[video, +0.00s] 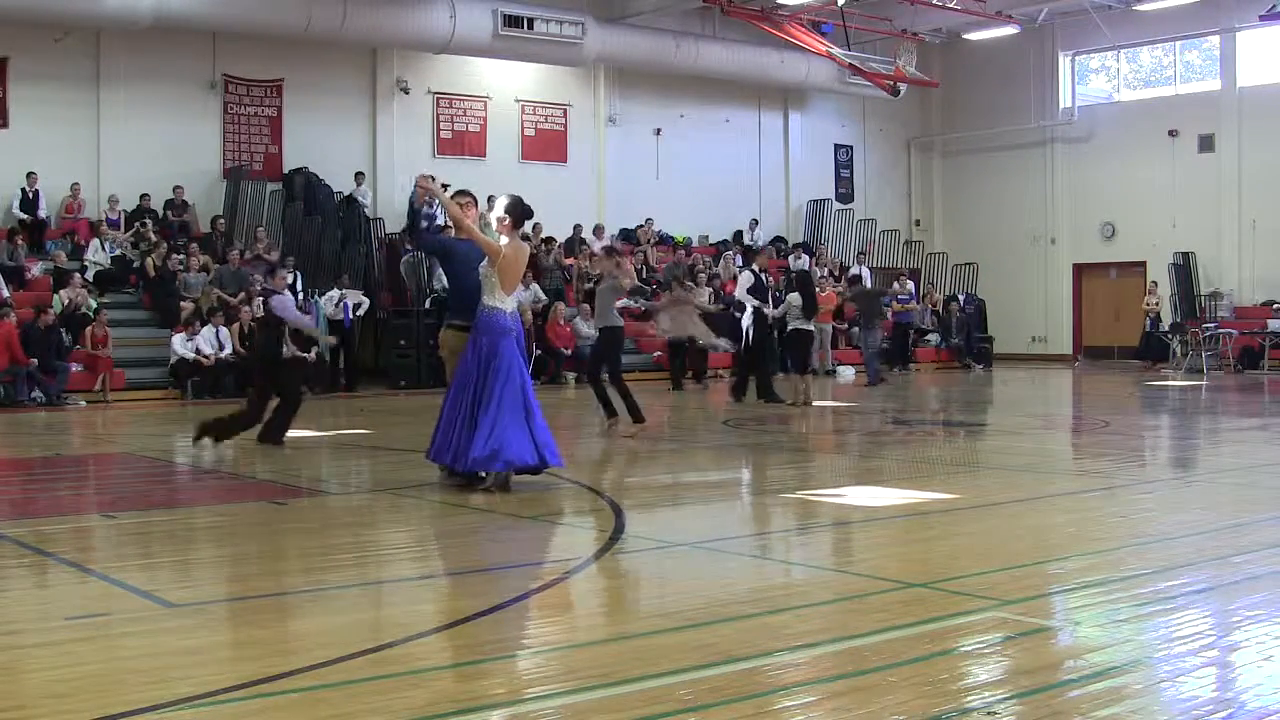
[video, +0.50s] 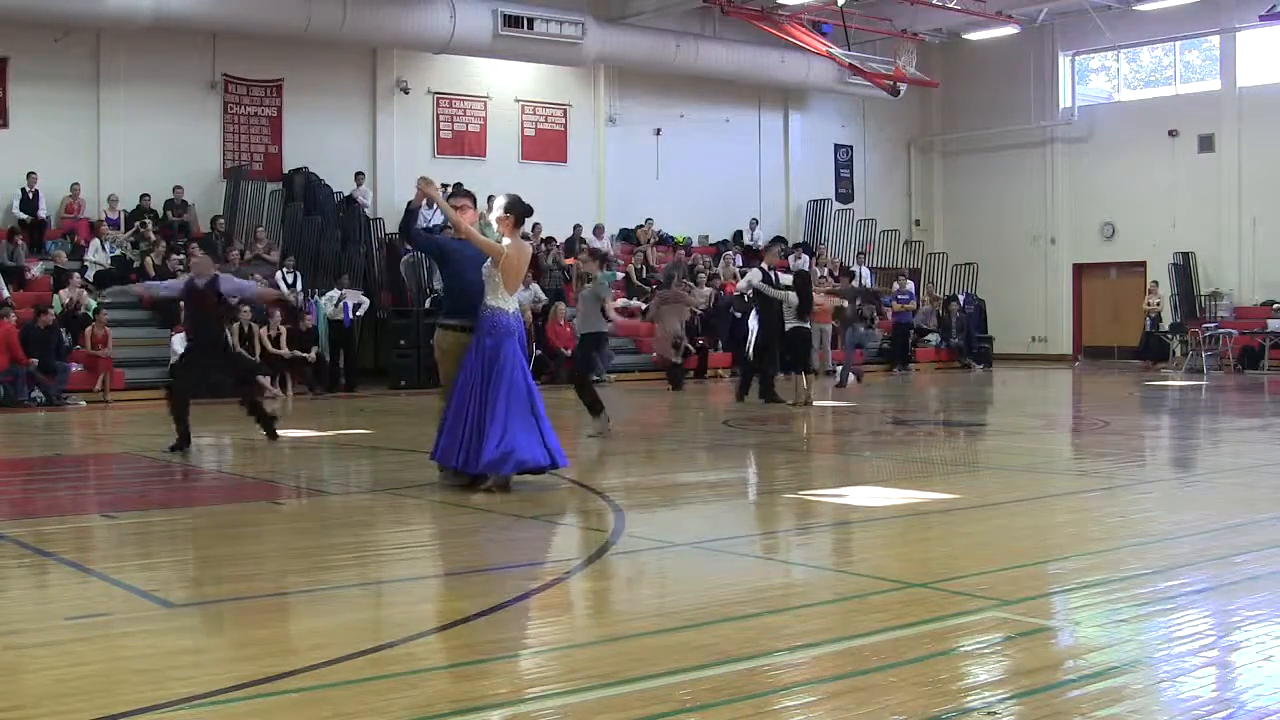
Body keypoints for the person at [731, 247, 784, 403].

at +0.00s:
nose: (767, 261)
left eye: (767, 258)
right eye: (765, 257)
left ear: (762, 259)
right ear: (757, 258)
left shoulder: (763, 277)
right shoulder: (747, 274)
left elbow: (766, 298)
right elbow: (740, 294)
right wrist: (759, 304)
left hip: (764, 317)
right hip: (752, 317)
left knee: (764, 354)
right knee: (751, 353)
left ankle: (766, 391)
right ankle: (738, 389)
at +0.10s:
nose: (770, 260)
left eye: (771, 257)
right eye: (768, 257)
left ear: (769, 259)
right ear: (760, 257)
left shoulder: (767, 276)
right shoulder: (751, 273)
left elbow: (773, 293)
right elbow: (738, 289)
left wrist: (774, 306)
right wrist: (755, 300)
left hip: (767, 318)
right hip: (754, 319)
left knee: (767, 354)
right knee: (752, 354)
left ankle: (766, 390)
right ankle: (740, 388)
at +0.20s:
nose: (773, 260)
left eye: (774, 257)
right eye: (770, 257)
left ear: (774, 259)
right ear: (761, 257)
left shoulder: (771, 277)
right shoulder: (753, 273)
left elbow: (781, 295)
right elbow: (737, 286)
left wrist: (790, 306)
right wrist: (753, 295)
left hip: (770, 321)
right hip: (756, 320)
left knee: (768, 355)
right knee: (754, 355)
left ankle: (767, 391)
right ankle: (740, 388)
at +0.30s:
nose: (775, 259)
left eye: (775, 257)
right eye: (772, 256)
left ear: (773, 259)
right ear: (763, 256)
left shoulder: (773, 276)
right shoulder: (754, 273)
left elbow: (787, 289)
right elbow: (737, 287)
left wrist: (797, 299)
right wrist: (752, 293)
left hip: (771, 320)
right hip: (757, 320)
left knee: (765, 354)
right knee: (759, 354)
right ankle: (740, 388)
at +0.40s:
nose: (777, 259)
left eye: (777, 256)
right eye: (775, 256)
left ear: (774, 258)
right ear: (765, 255)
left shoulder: (775, 276)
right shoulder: (755, 273)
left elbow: (793, 284)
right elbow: (739, 288)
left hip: (772, 320)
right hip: (757, 319)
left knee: (769, 355)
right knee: (752, 354)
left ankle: (767, 390)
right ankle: (741, 388)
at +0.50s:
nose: (779, 258)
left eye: (779, 254)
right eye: (776, 254)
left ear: (772, 257)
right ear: (766, 254)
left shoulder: (775, 275)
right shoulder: (756, 273)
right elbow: (739, 287)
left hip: (774, 318)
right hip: (759, 317)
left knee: (770, 354)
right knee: (753, 354)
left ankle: (767, 389)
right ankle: (742, 389)